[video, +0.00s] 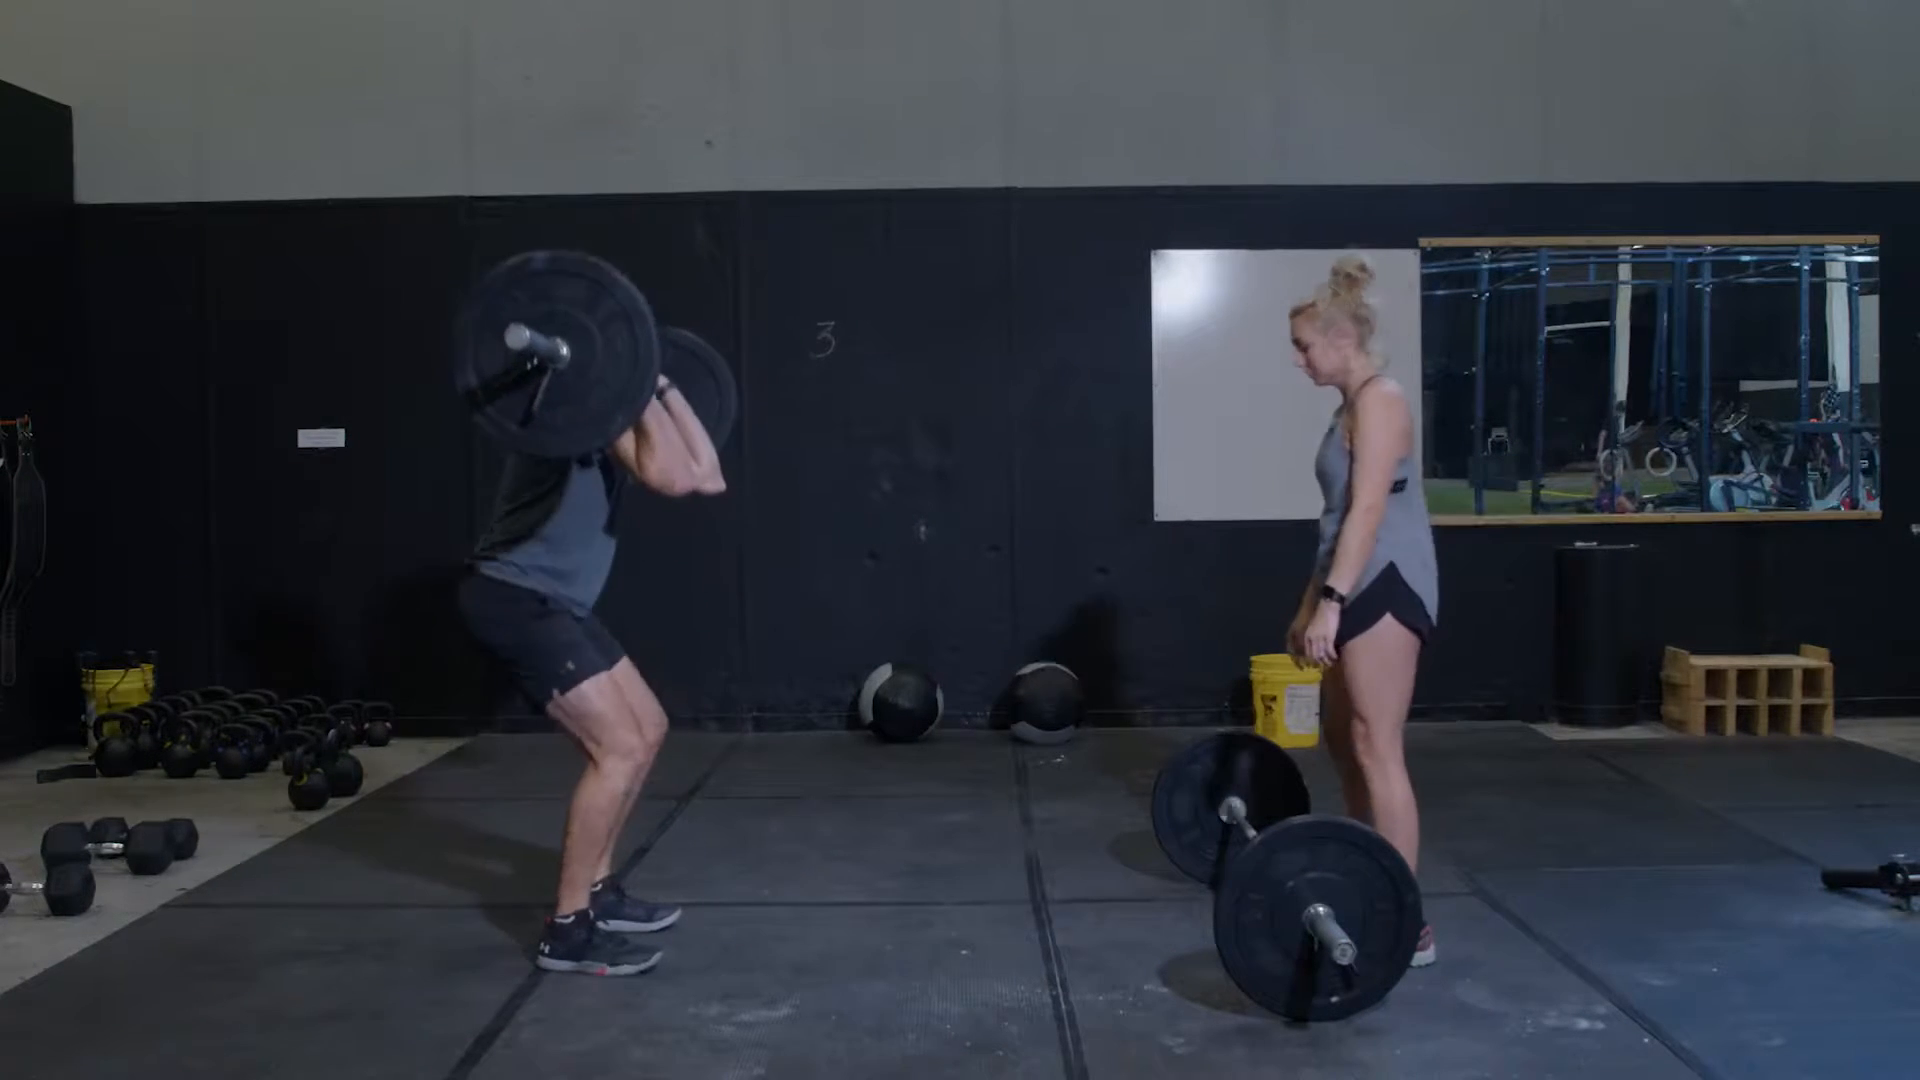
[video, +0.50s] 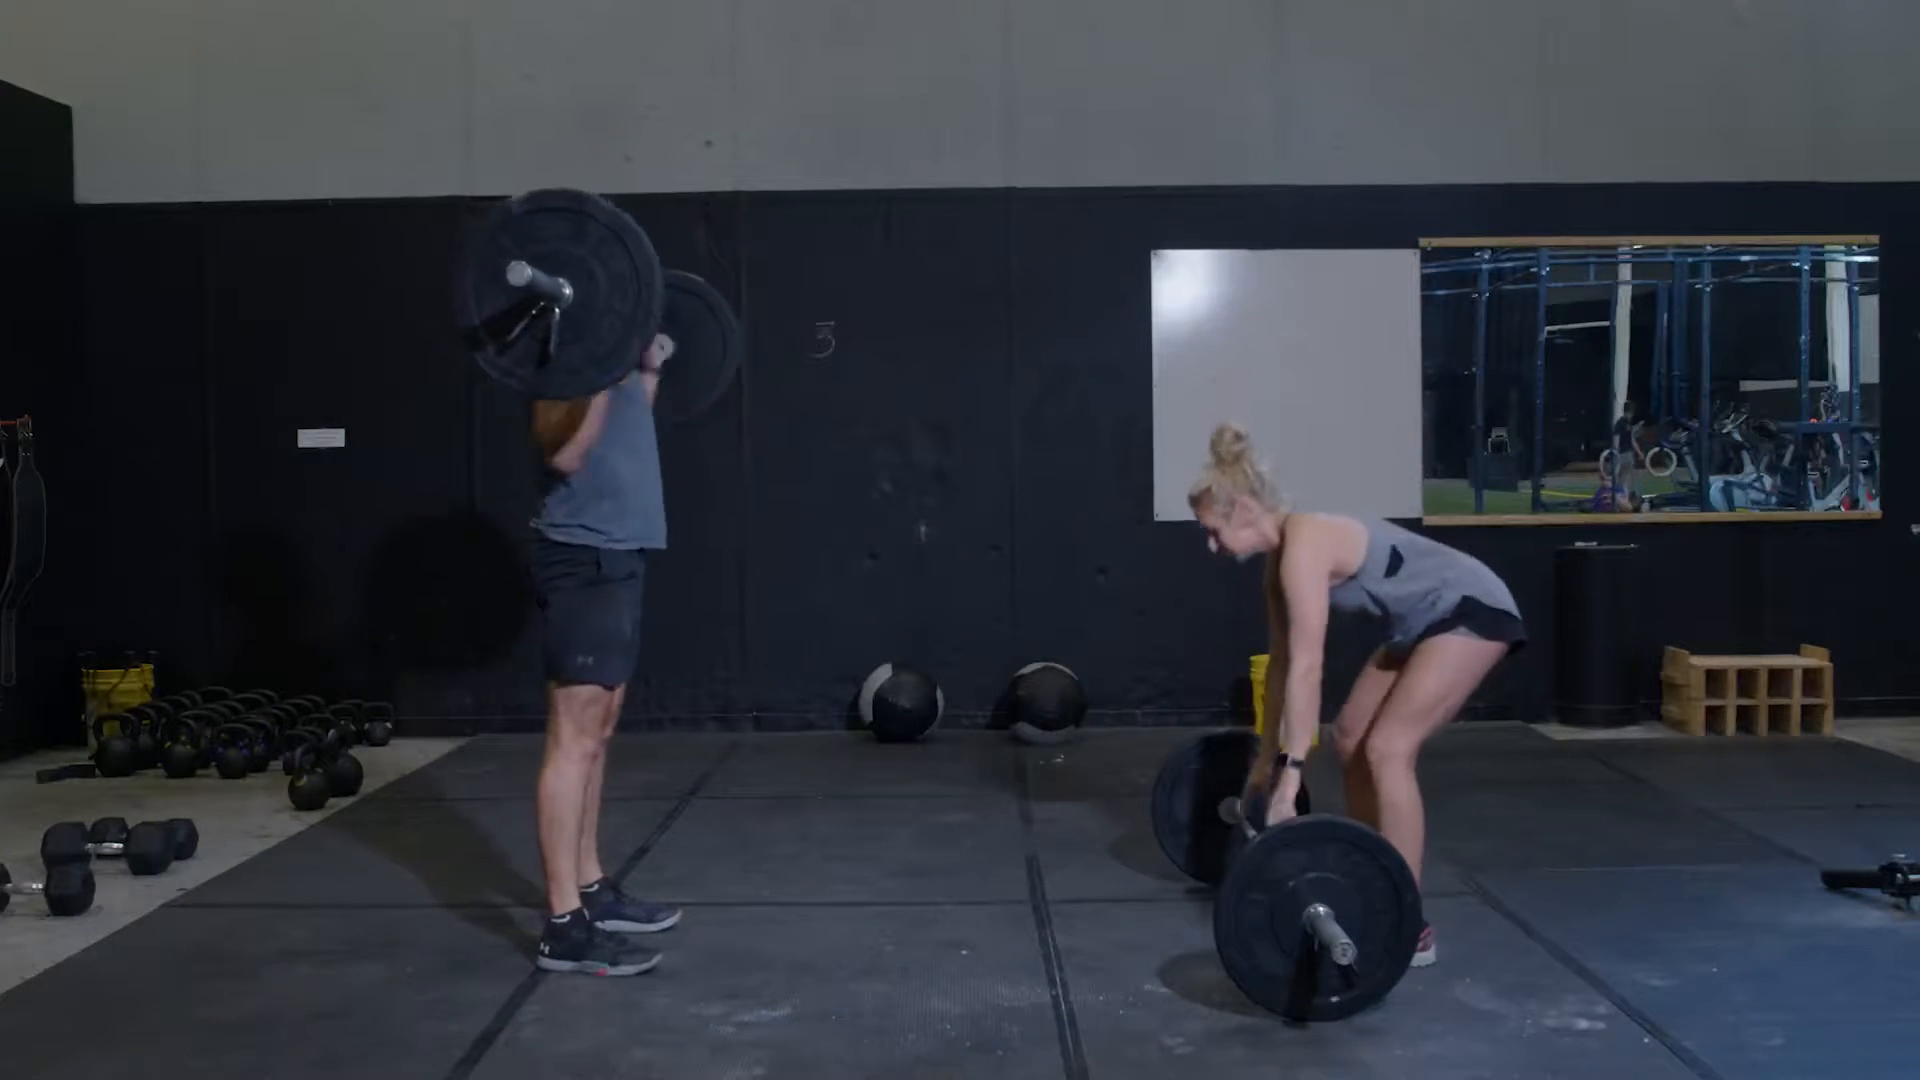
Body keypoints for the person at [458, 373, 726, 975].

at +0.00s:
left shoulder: (609, 393)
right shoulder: (566, 392)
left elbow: (708, 475)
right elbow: (670, 476)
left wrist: (658, 381)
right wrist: (636, 388)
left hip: (560, 599)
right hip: (518, 597)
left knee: (647, 728)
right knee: (621, 746)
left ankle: (595, 893)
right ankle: (567, 925)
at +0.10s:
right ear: (583, 306)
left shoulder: (616, 368)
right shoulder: (573, 359)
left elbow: (707, 431)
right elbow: (668, 429)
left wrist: (655, 341)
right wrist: (630, 341)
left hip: (585, 570)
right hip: (540, 565)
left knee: (634, 722)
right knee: (602, 737)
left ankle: (593, 892)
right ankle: (565, 924)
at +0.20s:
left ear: (604, 281)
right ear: (585, 277)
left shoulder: (623, 344)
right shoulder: (578, 335)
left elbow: (710, 400)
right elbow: (663, 398)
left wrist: (652, 317)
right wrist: (633, 317)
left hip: (603, 550)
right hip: (564, 548)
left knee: (608, 723)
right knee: (580, 734)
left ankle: (592, 891)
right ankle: (563, 923)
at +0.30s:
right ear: (577, 264)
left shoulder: (619, 333)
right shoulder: (575, 326)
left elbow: (712, 391)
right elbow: (664, 389)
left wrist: (646, 308)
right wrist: (631, 311)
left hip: (612, 548)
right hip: (574, 549)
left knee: (594, 723)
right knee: (565, 732)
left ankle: (589, 891)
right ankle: (561, 922)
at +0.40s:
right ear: (582, 270)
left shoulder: (628, 341)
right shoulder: (582, 334)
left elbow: (691, 419)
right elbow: (648, 413)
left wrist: (658, 330)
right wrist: (636, 334)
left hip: (614, 552)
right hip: (577, 553)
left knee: (591, 726)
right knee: (564, 733)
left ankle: (588, 890)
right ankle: (560, 922)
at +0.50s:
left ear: (616, 292)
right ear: (576, 289)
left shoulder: (612, 356)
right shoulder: (557, 357)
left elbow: (626, 431)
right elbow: (563, 456)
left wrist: (648, 373)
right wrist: (599, 368)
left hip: (619, 552)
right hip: (583, 554)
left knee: (600, 720)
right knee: (576, 727)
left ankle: (589, 889)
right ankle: (562, 921)